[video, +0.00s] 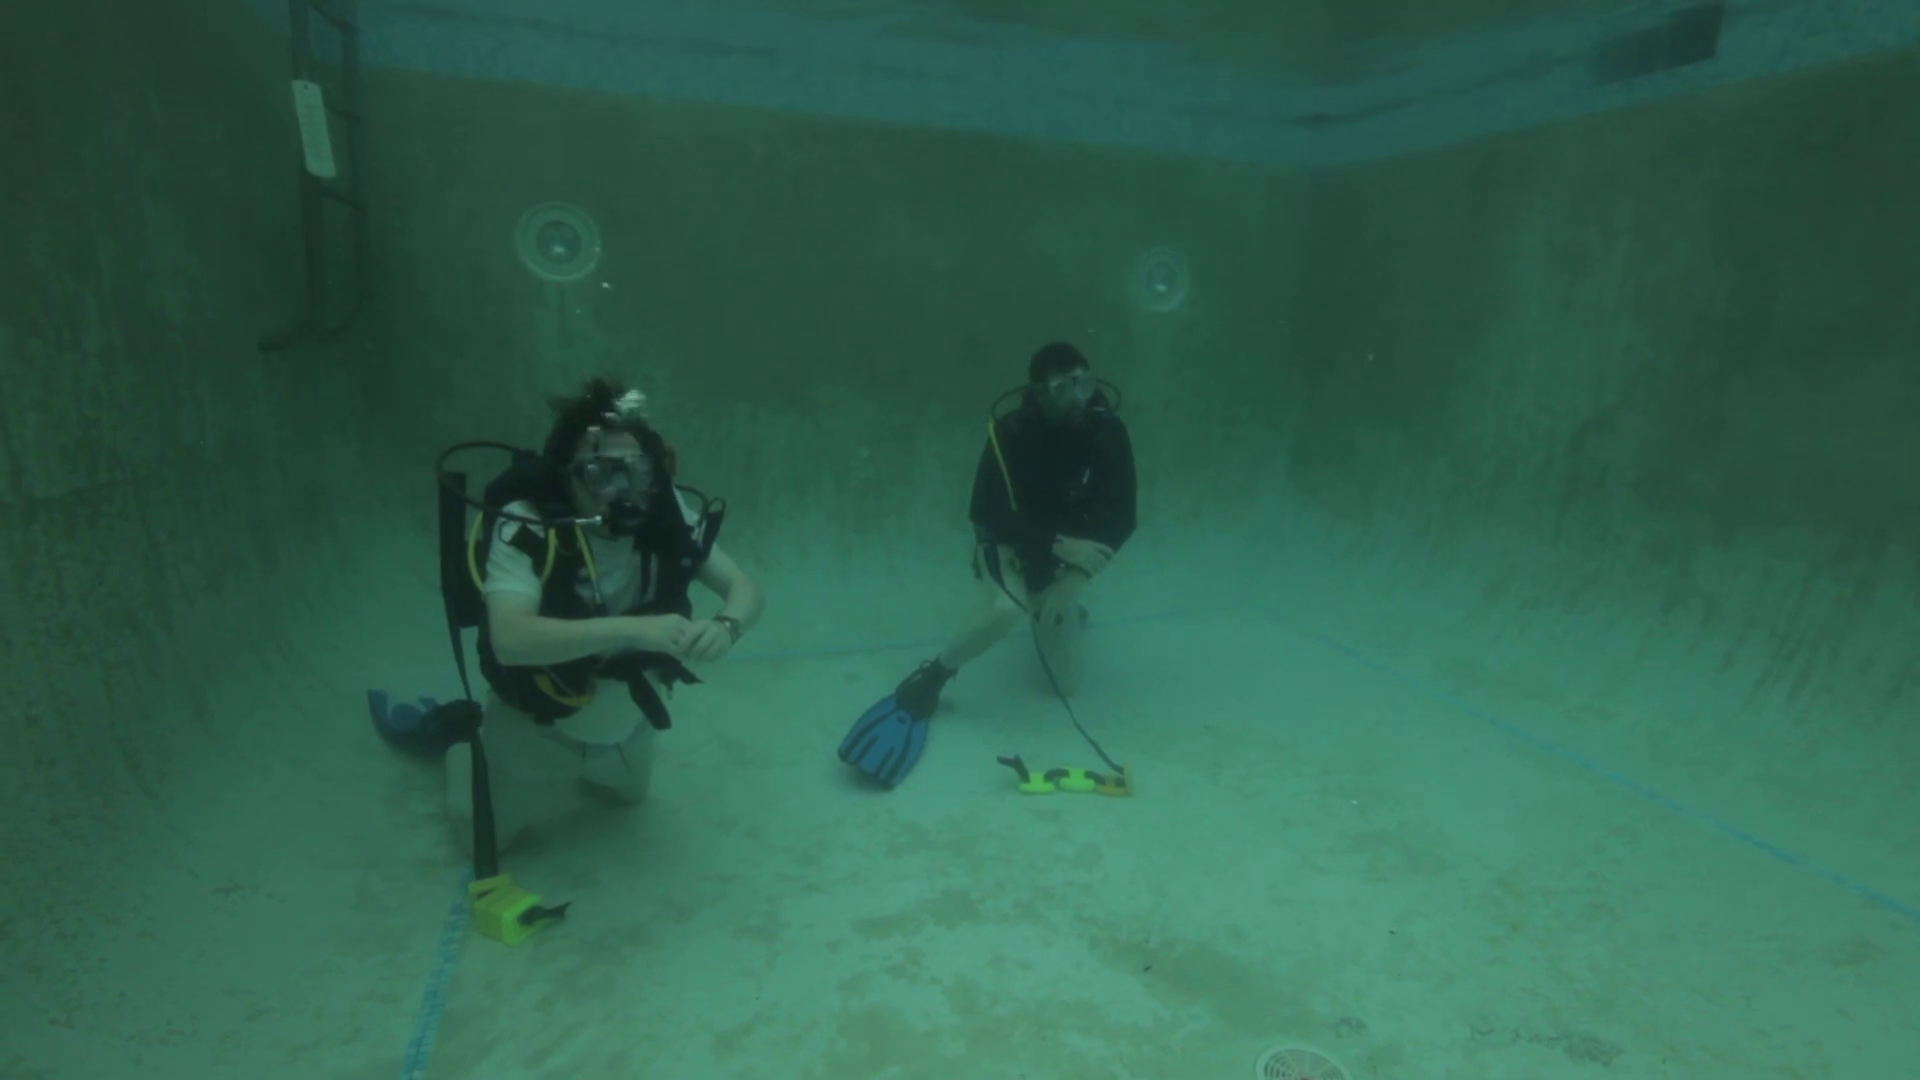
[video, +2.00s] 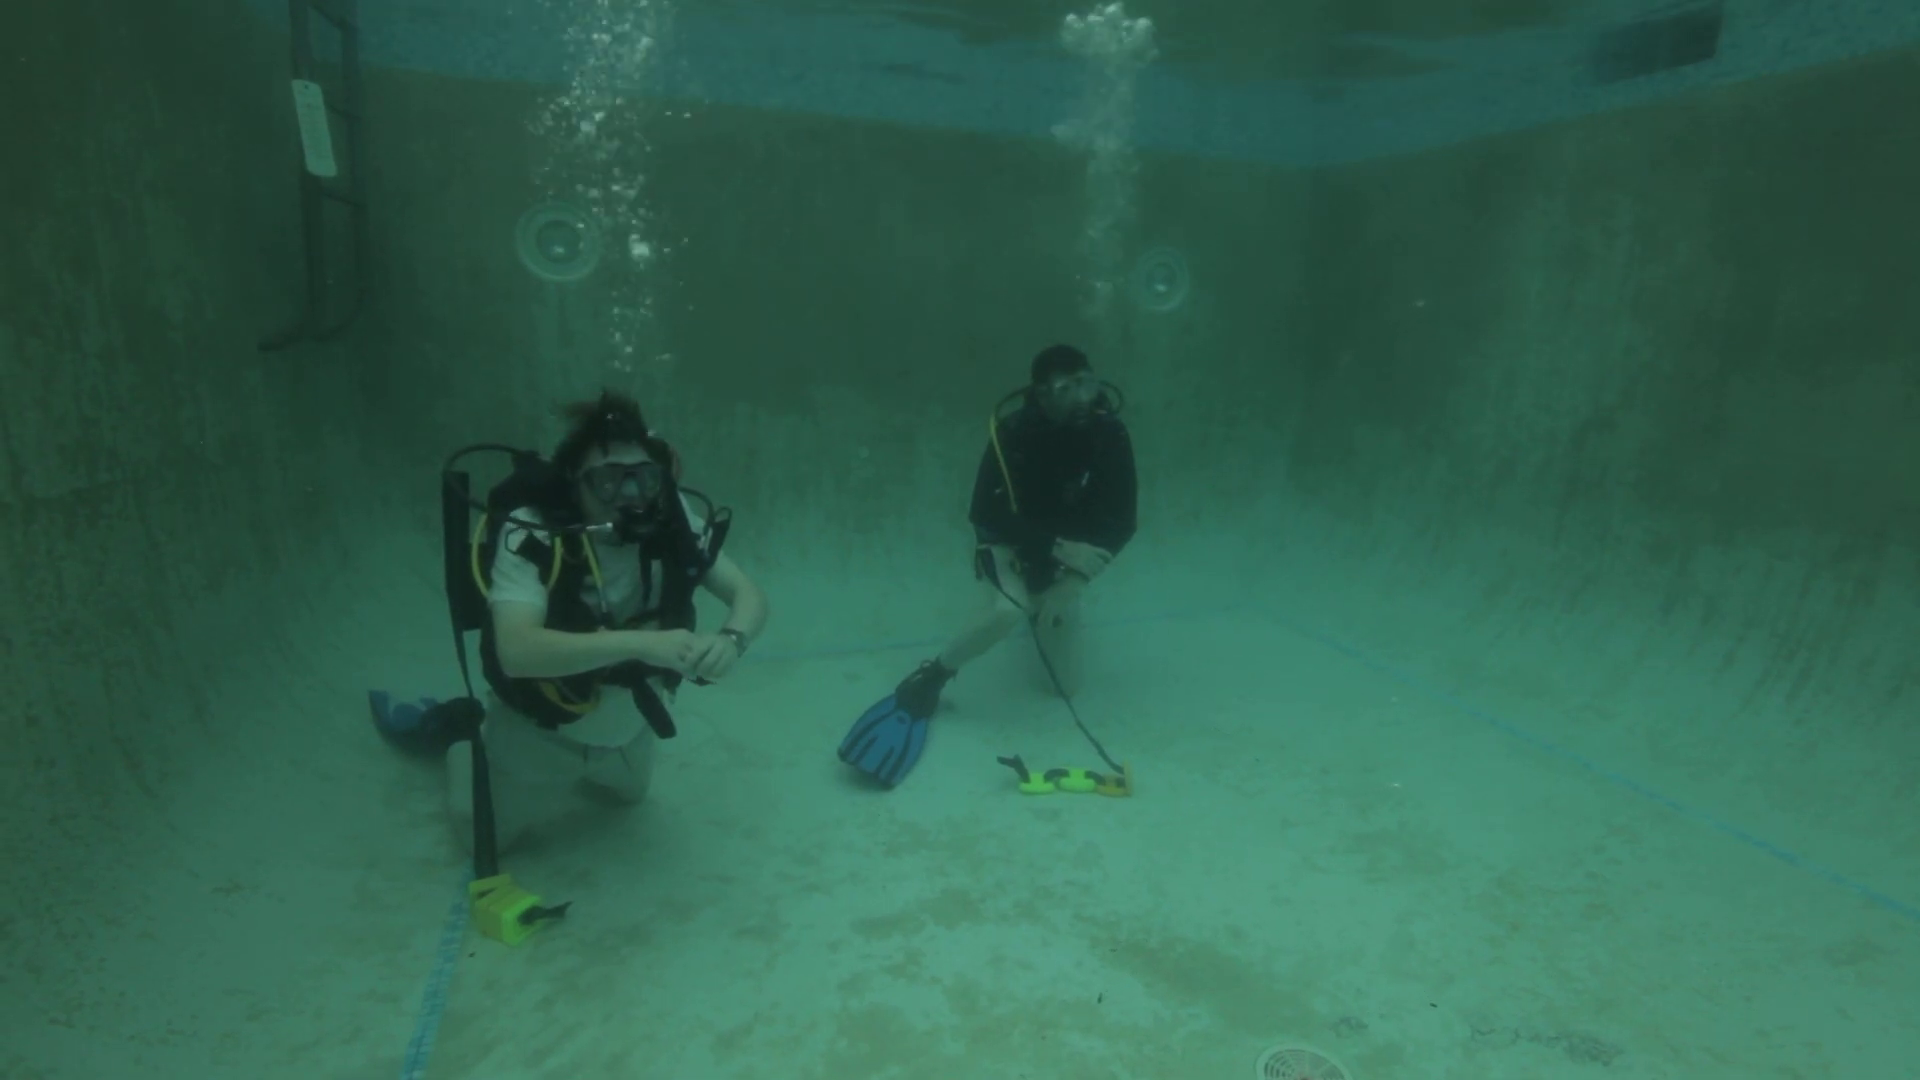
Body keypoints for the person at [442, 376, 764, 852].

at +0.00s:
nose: (617, 486)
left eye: (630, 470)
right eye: (600, 470)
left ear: (653, 470)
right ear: (567, 471)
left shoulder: (667, 516)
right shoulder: (525, 523)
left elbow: (744, 587)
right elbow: (510, 639)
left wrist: (727, 625)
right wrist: (636, 631)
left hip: (625, 708)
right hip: (538, 714)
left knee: (628, 787)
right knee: (491, 832)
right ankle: (461, 730)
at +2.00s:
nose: (627, 495)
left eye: (640, 479)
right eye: (608, 479)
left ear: (658, 479)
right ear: (575, 481)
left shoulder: (670, 521)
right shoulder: (530, 529)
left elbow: (748, 595)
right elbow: (516, 652)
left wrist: (732, 638)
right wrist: (646, 645)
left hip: (627, 713)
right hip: (537, 721)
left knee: (628, 787)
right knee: (483, 834)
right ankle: (462, 729)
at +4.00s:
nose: (633, 496)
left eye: (644, 478)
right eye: (613, 481)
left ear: (662, 475)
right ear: (577, 484)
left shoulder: (670, 519)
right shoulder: (529, 527)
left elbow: (747, 592)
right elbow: (515, 647)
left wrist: (731, 635)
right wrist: (644, 641)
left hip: (627, 710)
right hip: (538, 717)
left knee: (628, 786)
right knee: (488, 835)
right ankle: (464, 730)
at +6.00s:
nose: (646, 494)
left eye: (648, 475)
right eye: (627, 483)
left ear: (653, 465)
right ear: (575, 492)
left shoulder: (657, 508)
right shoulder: (517, 525)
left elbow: (736, 579)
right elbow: (514, 641)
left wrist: (729, 621)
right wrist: (648, 622)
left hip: (627, 713)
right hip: (538, 723)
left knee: (627, 787)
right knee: (500, 835)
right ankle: (463, 730)